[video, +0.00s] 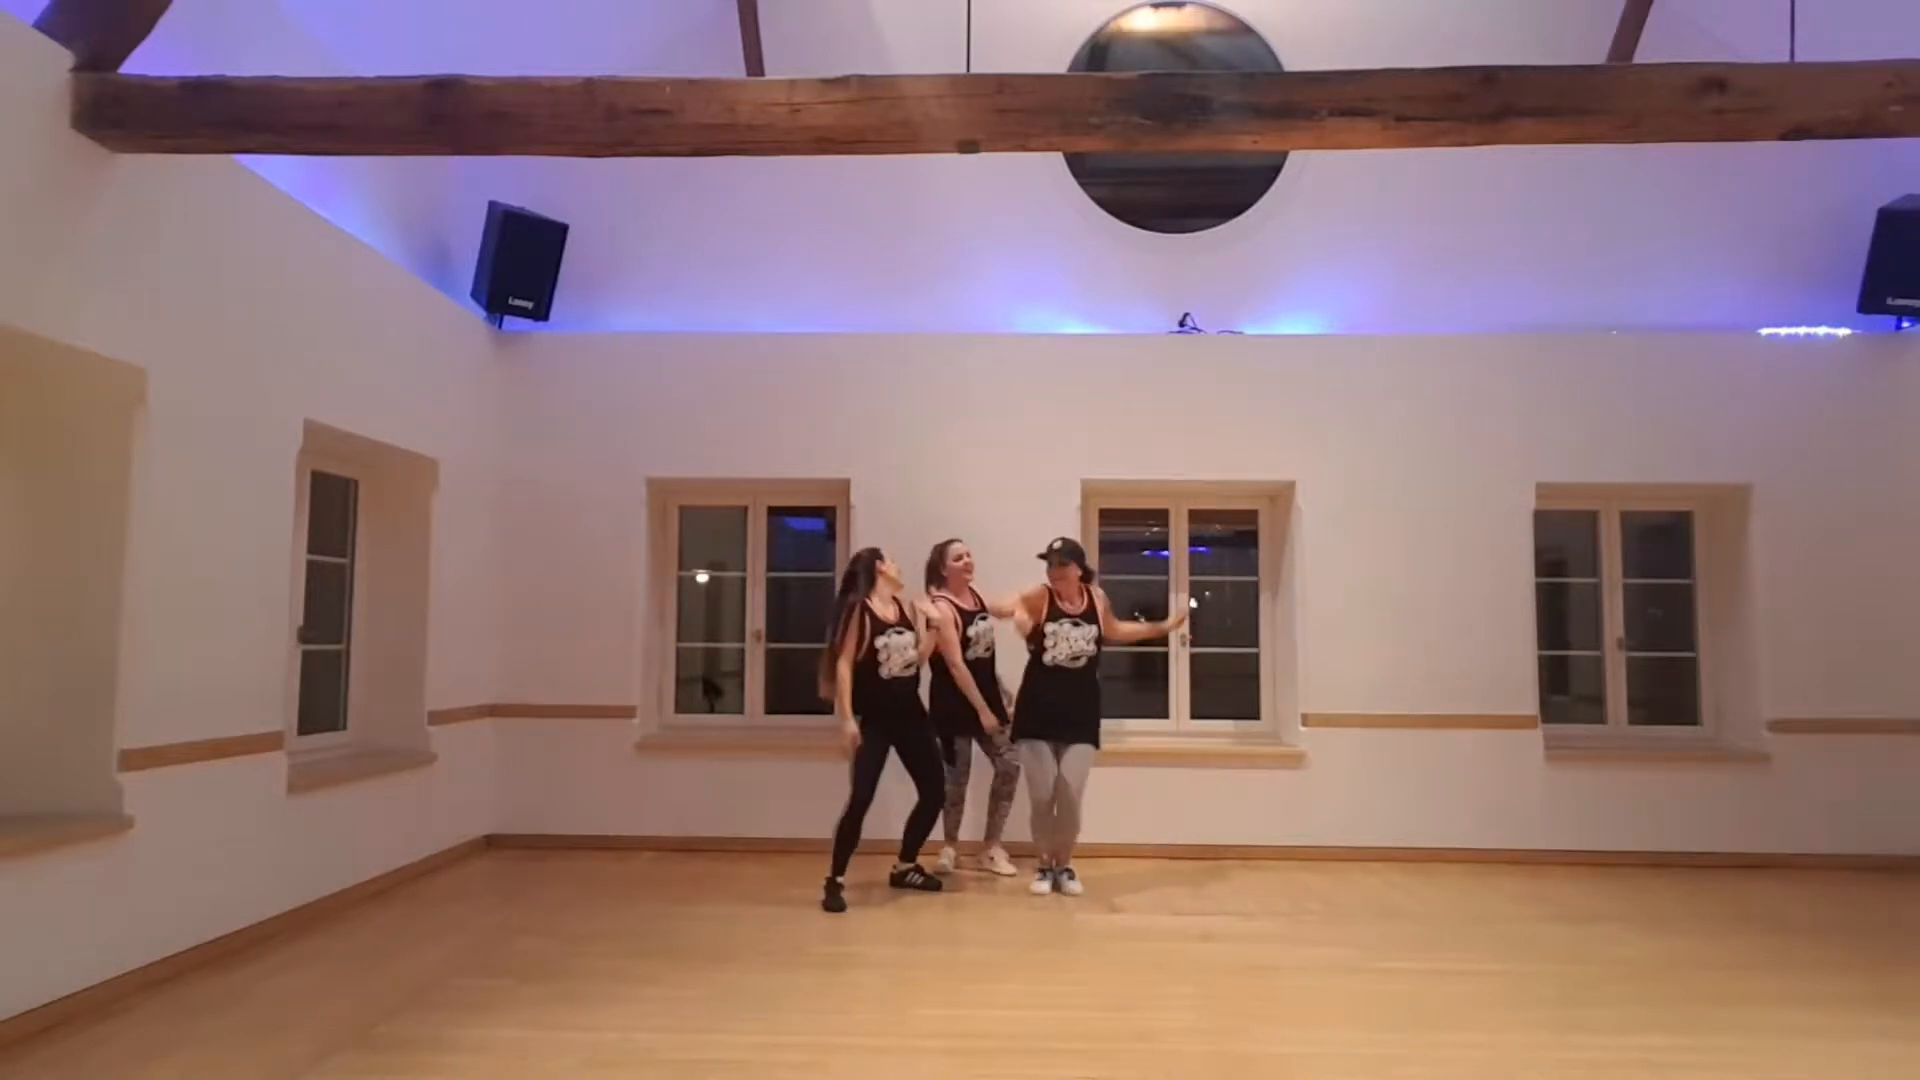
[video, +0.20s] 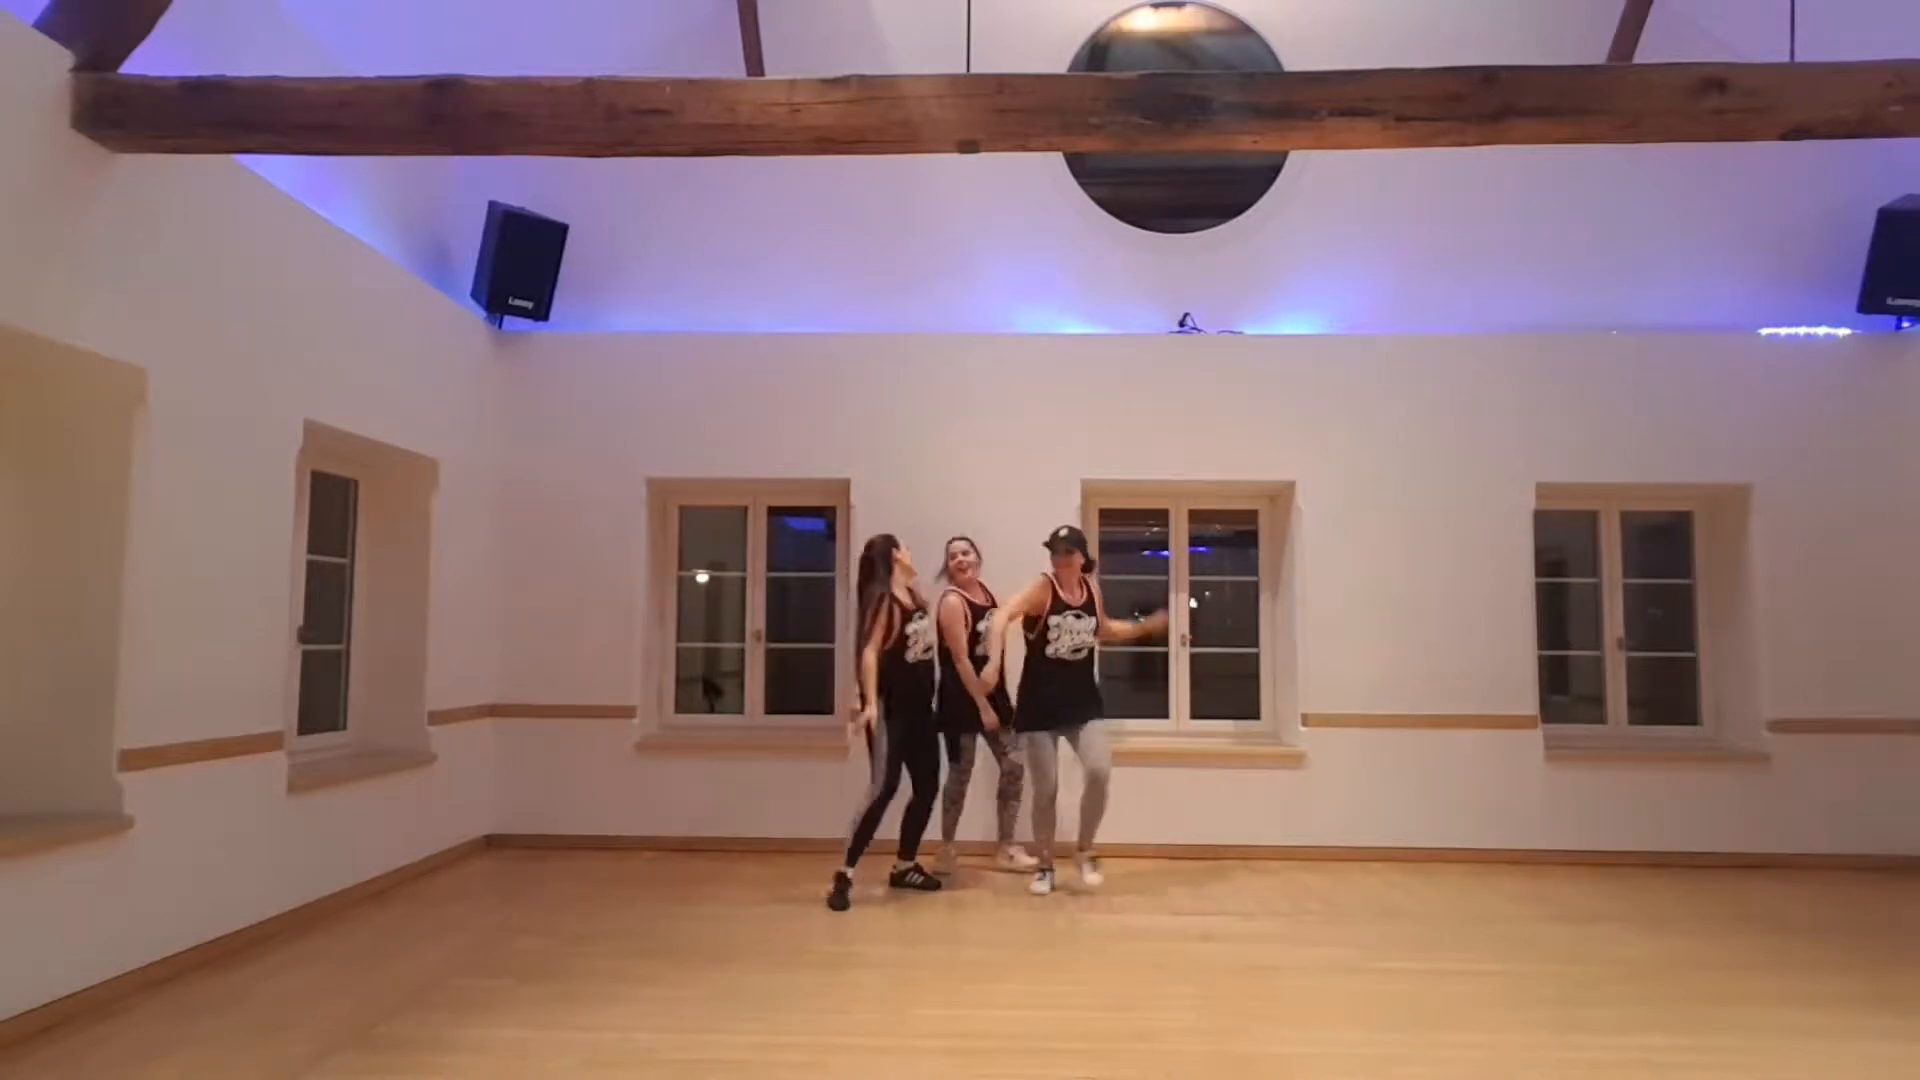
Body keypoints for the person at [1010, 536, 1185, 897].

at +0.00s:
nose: (1053, 573)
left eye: (1061, 567)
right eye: (1050, 567)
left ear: (1079, 568)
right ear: (1046, 568)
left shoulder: (1096, 597)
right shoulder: (1039, 597)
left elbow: (1112, 632)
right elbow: (1008, 611)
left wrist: (1163, 628)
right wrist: (1019, 616)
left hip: (1081, 712)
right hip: (1037, 711)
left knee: (1070, 792)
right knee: (1041, 796)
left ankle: (1063, 866)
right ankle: (1045, 867)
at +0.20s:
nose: (1060, 559)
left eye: (1067, 552)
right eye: (1056, 553)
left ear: (1082, 556)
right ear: (1049, 556)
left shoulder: (1090, 587)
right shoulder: (1041, 588)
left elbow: (1103, 630)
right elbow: (1002, 618)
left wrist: (1146, 626)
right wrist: (994, 662)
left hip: (1081, 701)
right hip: (1039, 703)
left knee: (1099, 771)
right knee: (1046, 788)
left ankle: (1084, 853)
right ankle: (1045, 867)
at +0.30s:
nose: (1059, 553)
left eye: (1067, 546)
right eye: (1055, 547)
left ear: (1082, 551)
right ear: (1049, 551)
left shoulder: (1093, 583)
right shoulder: (1041, 587)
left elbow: (1113, 611)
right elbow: (1001, 621)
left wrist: (1148, 587)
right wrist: (990, 675)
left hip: (1087, 695)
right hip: (1042, 699)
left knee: (1114, 767)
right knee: (1047, 786)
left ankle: (1110, 854)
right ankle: (1045, 866)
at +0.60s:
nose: (1061, 572)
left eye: (1068, 565)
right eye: (1058, 566)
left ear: (1087, 567)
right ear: (1055, 570)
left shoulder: (1111, 598)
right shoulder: (1048, 609)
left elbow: (1161, 606)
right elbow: (1035, 662)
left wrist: (1148, 564)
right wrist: (1032, 715)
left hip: (1111, 709)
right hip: (1063, 711)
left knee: (1137, 791)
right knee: (1054, 794)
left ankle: (1138, 866)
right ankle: (1044, 866)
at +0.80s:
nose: (1073, 567)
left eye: (1080, 560)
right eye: (1070, 561)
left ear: (1100, 562)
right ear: (1069, 565)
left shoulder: (1128, 589)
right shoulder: (1064, 603)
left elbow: (1173, 607)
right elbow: (1058, 655)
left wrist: (1148, 574)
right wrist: (1054, 702)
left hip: (1131, 705)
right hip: (1082, 707)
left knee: (1142, 790)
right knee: (1074, 788)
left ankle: (1138, 866)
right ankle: (1055, 864)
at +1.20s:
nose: (1085, 572)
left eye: (1093, 566)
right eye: (1085, 565)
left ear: (1111, 570)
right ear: (1084, 569)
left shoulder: (1133, 598)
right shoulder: (1072, 606)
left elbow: (1136, 637)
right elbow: (1060, 658)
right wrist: (1046, 700)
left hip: (1132, 711)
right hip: (1083, 710)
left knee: (1145, 795)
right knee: (1065, 784)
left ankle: (1139, 866)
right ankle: (1056, 862)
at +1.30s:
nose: (1079, 576)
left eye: (1087, 570)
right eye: (1079, 569)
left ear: (1107, 576)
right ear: (1078, 572)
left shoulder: (1127, 606)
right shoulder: (1065, 607)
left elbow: (1135, 652)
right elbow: (1054, 660)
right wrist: (1044, 705)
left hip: (1121, 712)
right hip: (1072, 711)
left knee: (1141, 793)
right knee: (1054, 791)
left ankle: (1140, 865)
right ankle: (1046, 863)